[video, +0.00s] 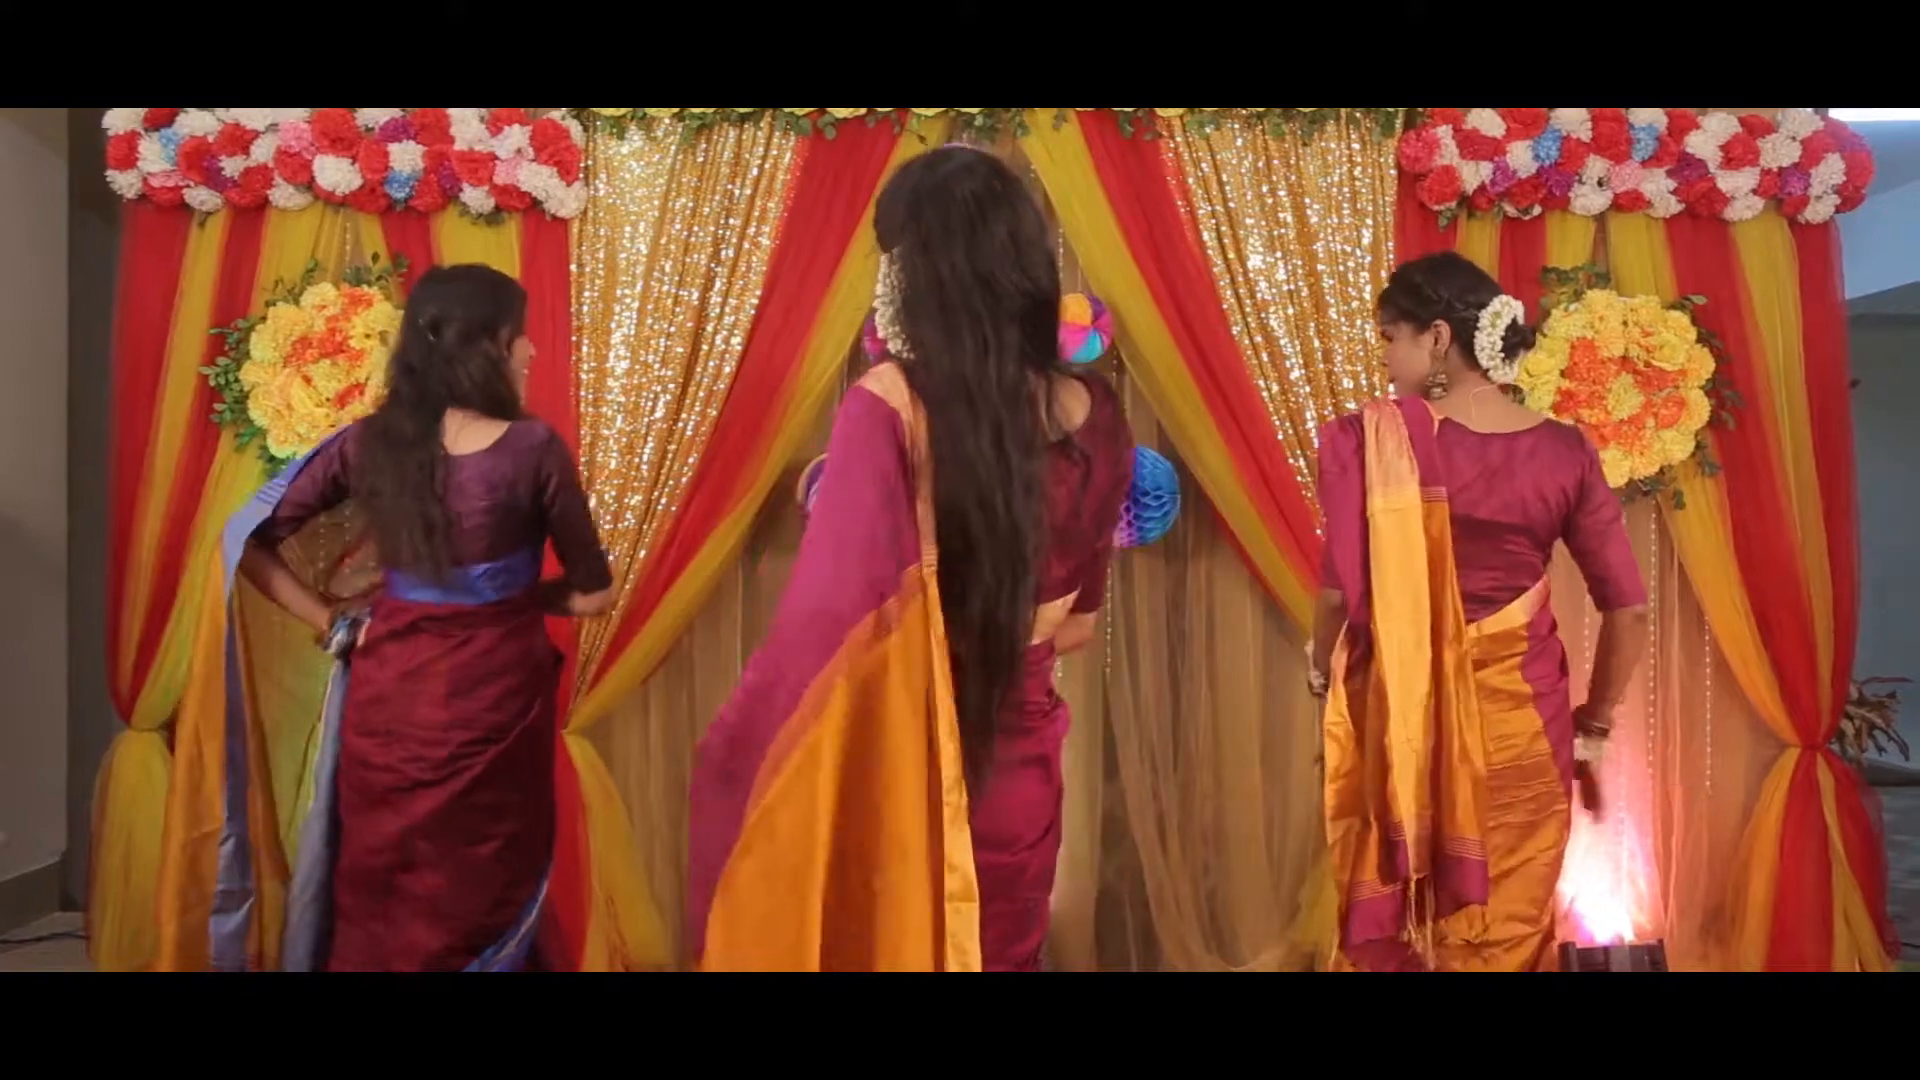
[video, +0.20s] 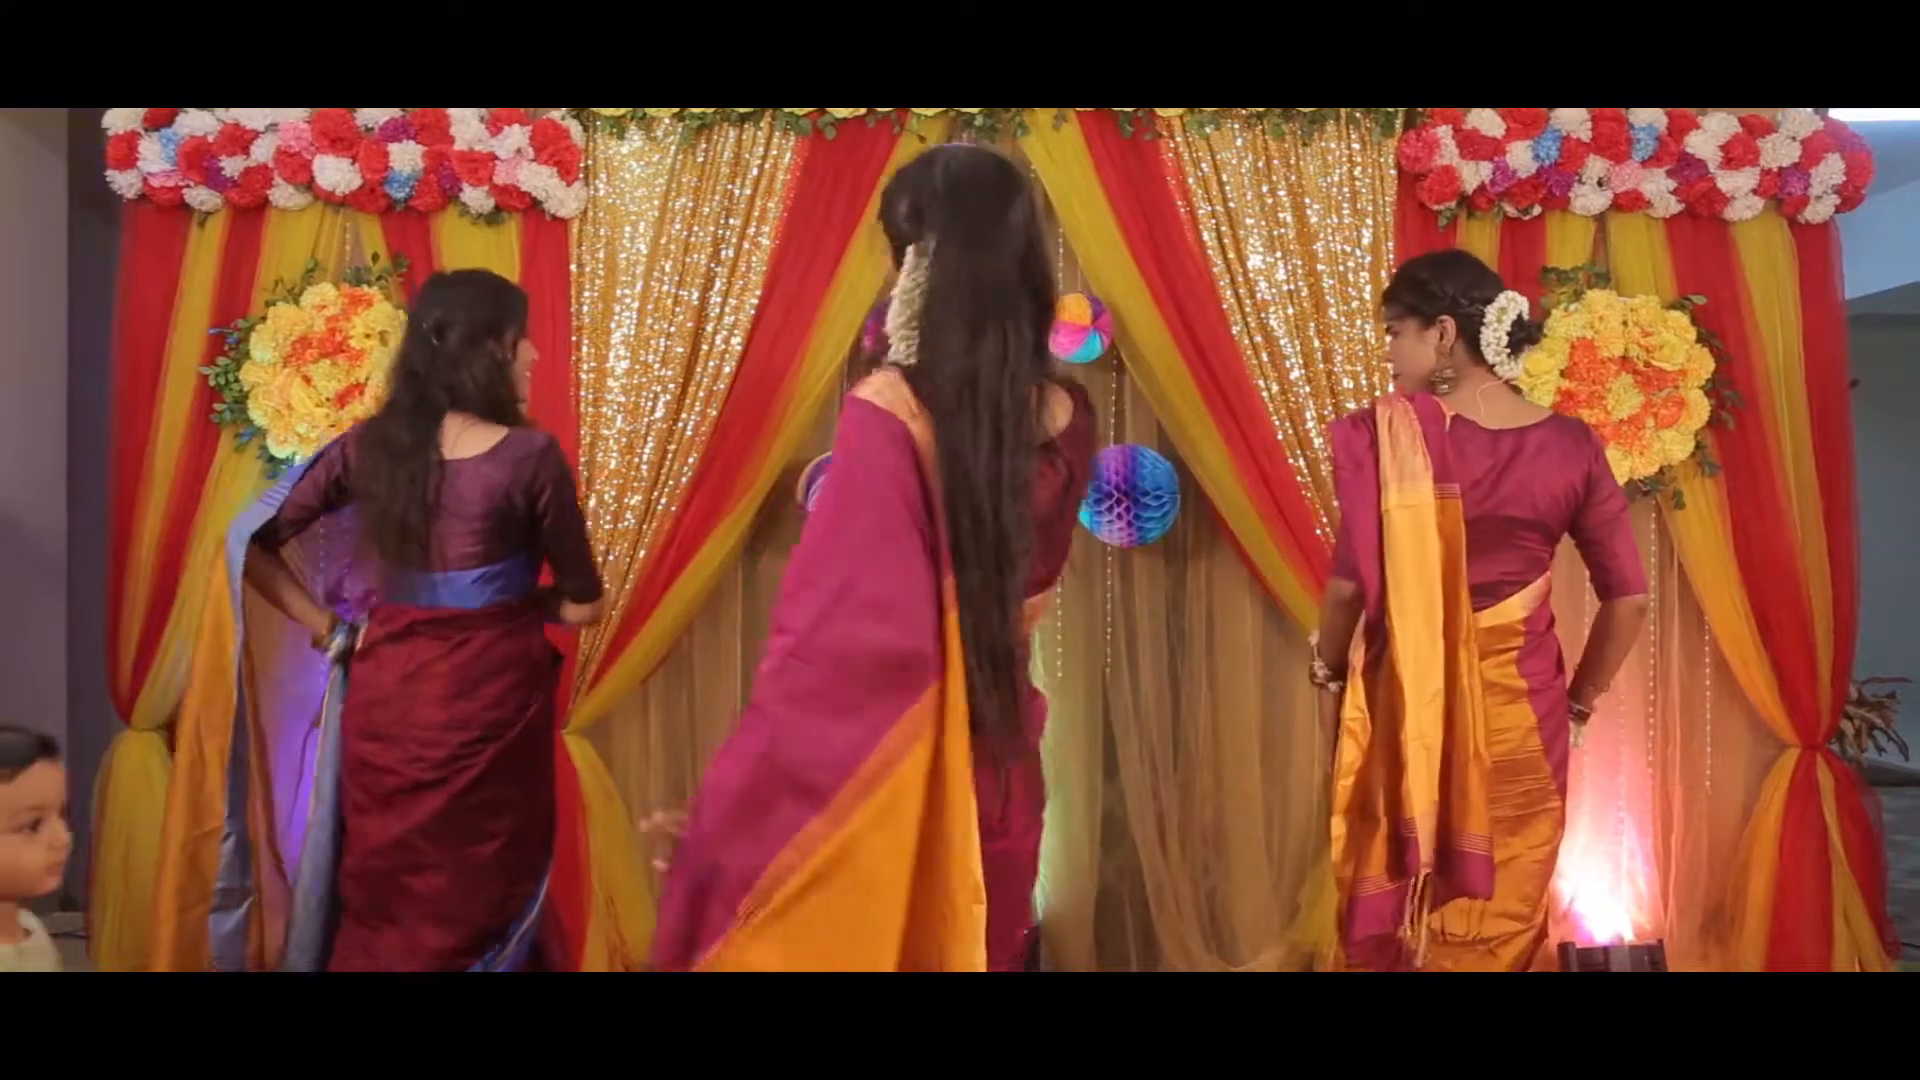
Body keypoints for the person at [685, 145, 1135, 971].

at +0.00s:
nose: (880, 276)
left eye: (887, 254)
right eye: (882, 253)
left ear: (914, 269)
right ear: (1028, 255)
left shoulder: (889, 402)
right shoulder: (1087, 408)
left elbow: (835, 606)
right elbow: (1082, 600)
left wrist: (732, 743)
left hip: (898, 780)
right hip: (1020, 771)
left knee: (896, 955)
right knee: (1006, 955)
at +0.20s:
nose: (885, 272)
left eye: (892, 247)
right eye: (891, 246)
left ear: (912, 262)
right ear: (1030, 261)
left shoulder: (891, 406)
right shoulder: (1064, 413)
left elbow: (865, 635)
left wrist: (715, 810)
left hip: (886, 762)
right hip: (1002, 749)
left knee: (894, 948)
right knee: (994, 947)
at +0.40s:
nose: (865, 261)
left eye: (871, 240)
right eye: (868, 239)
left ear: (907, 260)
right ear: (955, 260)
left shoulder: (912, 420)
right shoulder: (942, 397)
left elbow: (881, 677)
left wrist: (821, 876)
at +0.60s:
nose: (847, 267)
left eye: (862, 245)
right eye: (855, 244)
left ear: (918, 268)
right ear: (917, 268)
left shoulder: (928, 416)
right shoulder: (919, 400)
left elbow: (933, 654)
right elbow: (911, 642)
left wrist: (903, 861)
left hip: (842, 816)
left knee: (732, 948)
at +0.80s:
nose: (855, 253)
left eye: (883, 229)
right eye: (862, 230)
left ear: (959, 254)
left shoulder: (978, 406)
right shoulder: (896, 401)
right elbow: (870, 595)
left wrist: (917, 745)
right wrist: (771, 658)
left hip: (874, 827)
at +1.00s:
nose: (897, 307)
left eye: (933, 288)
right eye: (895, 285)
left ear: (1003, 317)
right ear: (878, 303)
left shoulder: (1008, 435)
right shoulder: (906, 448)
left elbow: (1129, 620)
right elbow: (835, 629)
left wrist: (969, 771)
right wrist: (804, 728)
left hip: (915, 838)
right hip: (837, 825)